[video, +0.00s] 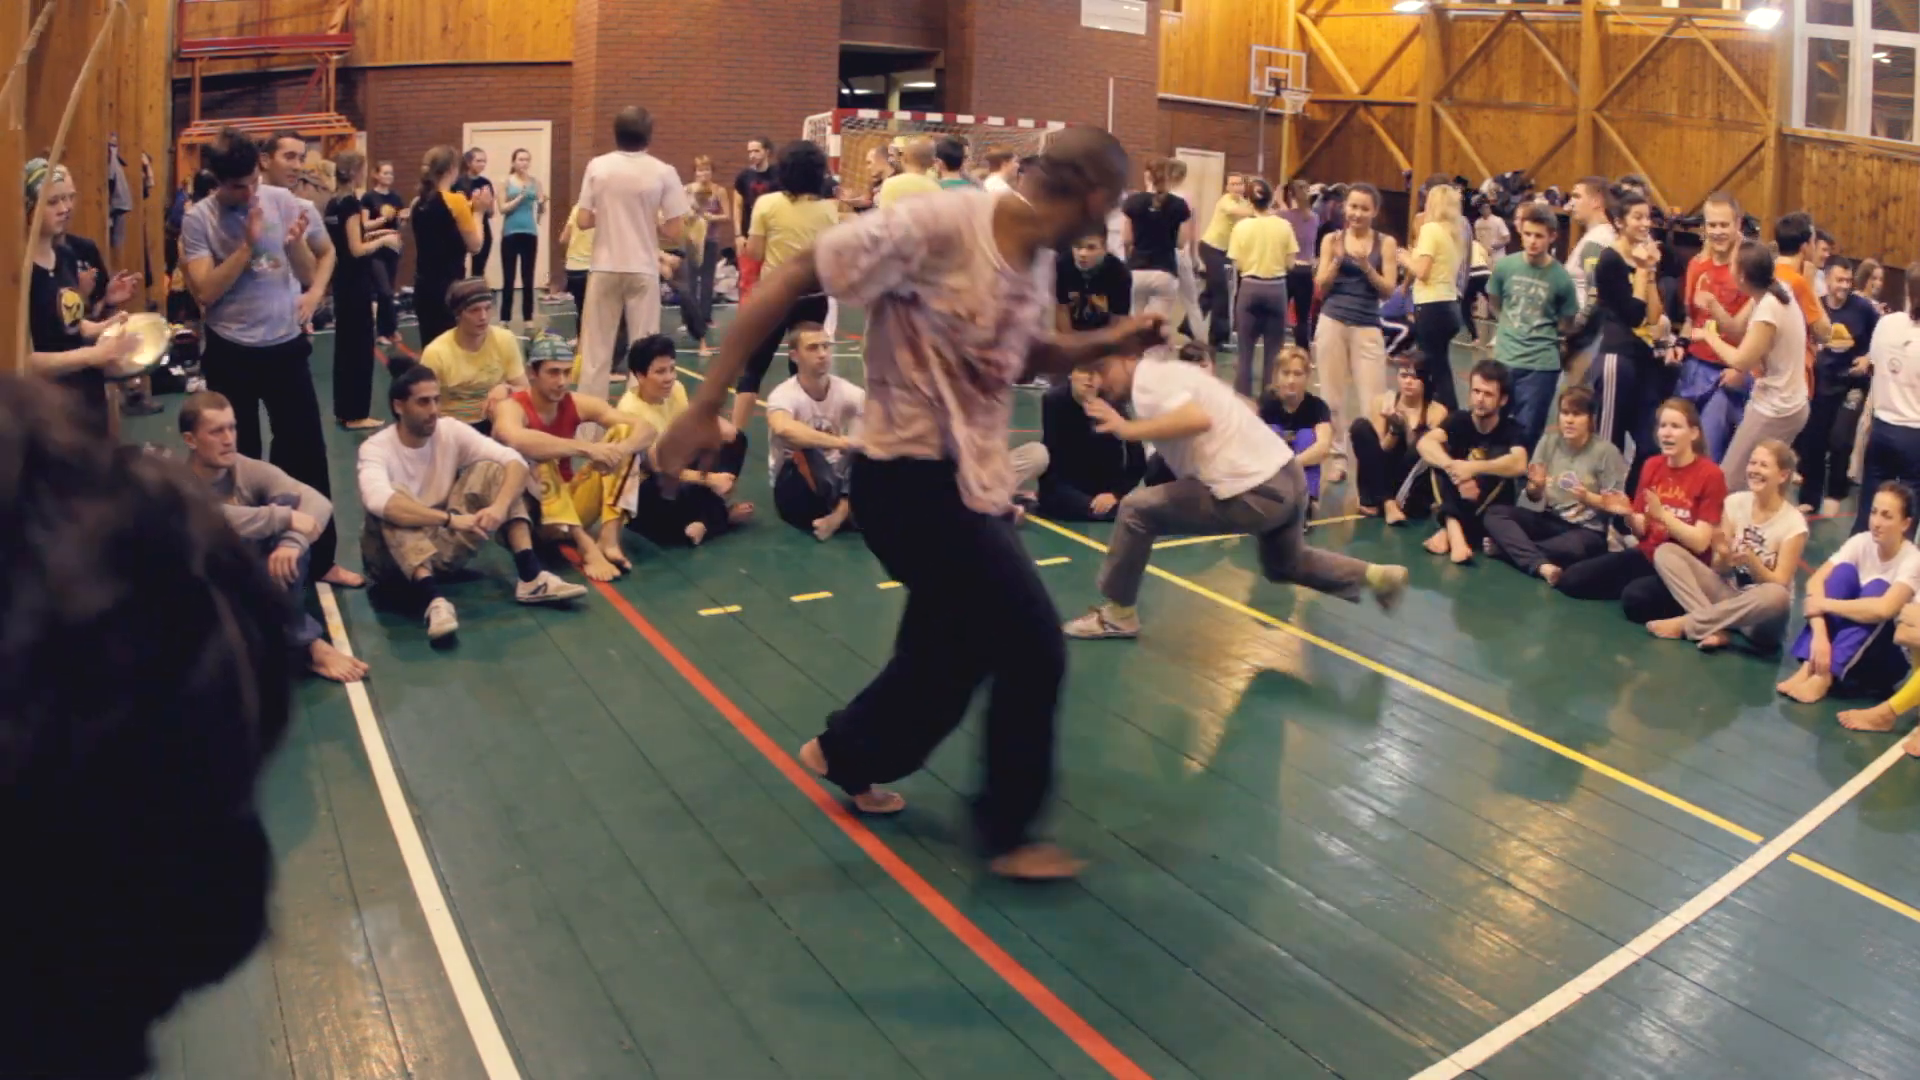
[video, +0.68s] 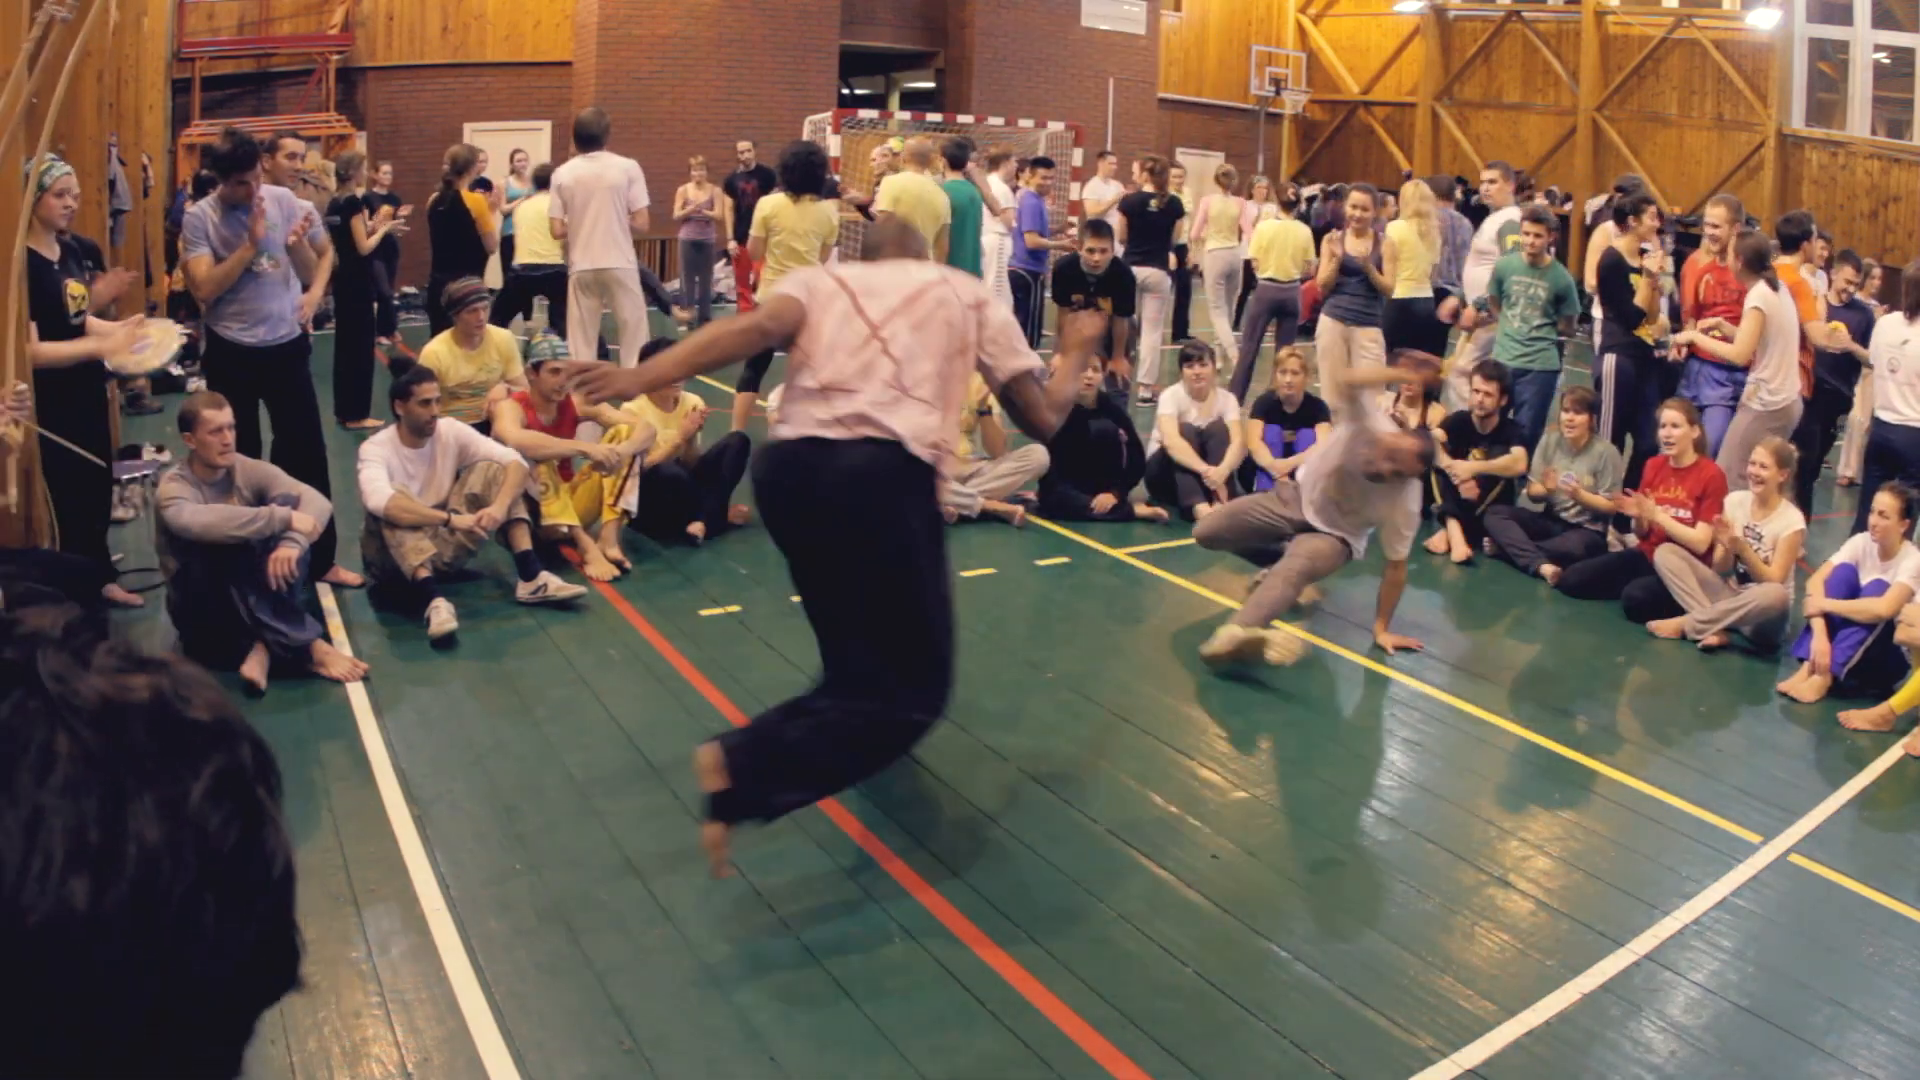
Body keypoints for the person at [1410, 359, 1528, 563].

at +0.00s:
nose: (1480, 399)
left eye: (1488, 394)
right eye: (1476, 392)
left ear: (1503, 400)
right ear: (1469, 393)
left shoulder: (1511, 428)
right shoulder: (1458, 419)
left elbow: (1519, 464)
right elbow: (1425, 444)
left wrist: (1472, 467)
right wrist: (1458, 474)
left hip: (1493, 508)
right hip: (1454, 502)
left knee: (1500, 459)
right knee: (1437, 459)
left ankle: (1448, 529)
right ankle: (1454, 529)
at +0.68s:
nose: (1479, 400)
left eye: (1487, 395)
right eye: (1475, 392)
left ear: (1503, 400)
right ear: (1469, 392)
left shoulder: (1511, 429)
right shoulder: (1457, 420)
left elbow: (1519, 464)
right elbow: (1432, 441)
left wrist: (1471, 468)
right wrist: (1459, 475)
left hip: (1491, 508)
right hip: (1454, 499)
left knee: (1501, 461)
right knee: (1435, 463)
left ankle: (1448, 528)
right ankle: (1454, 529)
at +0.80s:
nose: (1480, 400)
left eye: (1488, 395)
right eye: (1476, 392)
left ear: (1503, 400)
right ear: (1470, 392)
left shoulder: (1511, 428)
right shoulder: (1456, 421)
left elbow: (1519, 464)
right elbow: (1433, 448)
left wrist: (1474, 471)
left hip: (1496, 493)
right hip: (1457, 486)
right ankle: (1457, 537)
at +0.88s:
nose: (1479, 400)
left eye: (1487, 395)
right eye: (1476, 392)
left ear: (1503, 400)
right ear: (1470, 392)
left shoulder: (1511, 428)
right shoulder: (1458, 420)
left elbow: (1518, 464)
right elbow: (1426, 442)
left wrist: (1470, 467)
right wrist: (1450, 467)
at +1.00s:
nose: (1479, 399)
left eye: (1488, 395)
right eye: (1476, 392)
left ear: (1503, 400)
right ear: (1469, 393)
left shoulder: (1511, 429)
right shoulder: (1458, 419)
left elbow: (1518, 464)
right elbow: (1425, 444)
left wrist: (1471, 467)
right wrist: (1454, 469)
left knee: (1500, 455)